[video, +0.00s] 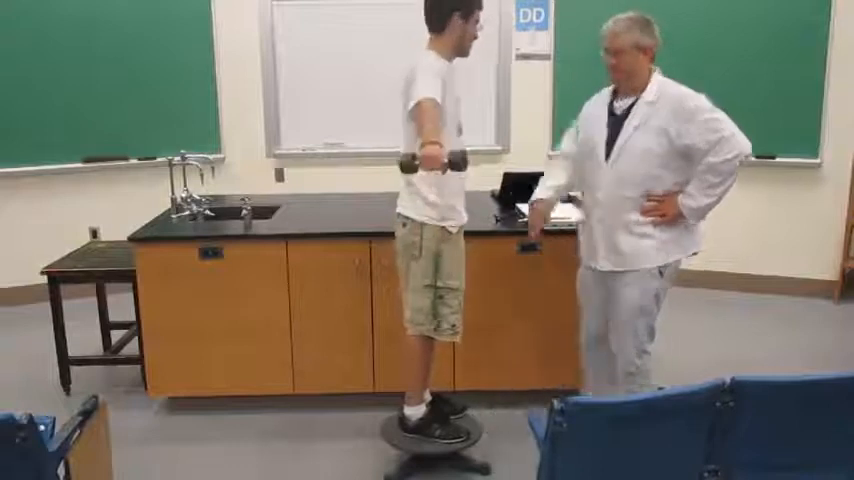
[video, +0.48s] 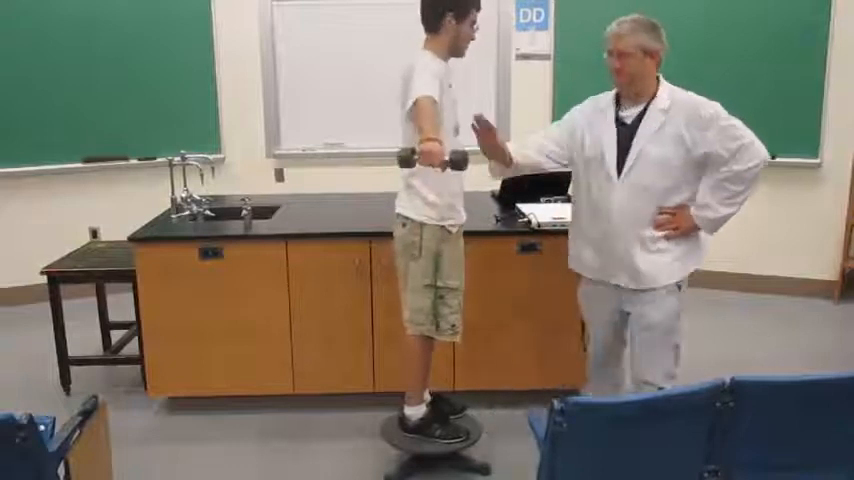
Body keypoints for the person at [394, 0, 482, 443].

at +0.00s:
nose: (478, 32)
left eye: (478, 23)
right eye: (476, 22)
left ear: (451, 21)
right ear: (457, 21)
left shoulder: (442, 69)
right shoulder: (428, 66)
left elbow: (438, 124)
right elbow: (426, 111)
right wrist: (432, 144)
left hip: (441, 214)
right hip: (425, 214)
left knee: (434, 314)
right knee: (423, 315)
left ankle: (423, 398)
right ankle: (414, 411)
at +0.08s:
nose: (478, 32)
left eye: (479, 23)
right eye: (476, 22)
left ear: (450, 21)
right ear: (458, 21)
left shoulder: (442, 69)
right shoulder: (428, 66)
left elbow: (438, 125)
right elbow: (426, 111)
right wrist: (432, 144)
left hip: (441, 214)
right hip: (425, 214)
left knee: (434, 314)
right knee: (423, 315)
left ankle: (423, 398)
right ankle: (414, 411)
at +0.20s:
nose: (477, 32)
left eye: (477, 23)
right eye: (474, 22)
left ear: (449, 21)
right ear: (456, 21)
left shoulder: (443, 68)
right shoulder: (427, 65)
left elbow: (449, 135)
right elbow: (424, 106)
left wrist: (492, 160)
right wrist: (430, 138)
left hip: (442, 213)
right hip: (425, 213)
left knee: (435, 313)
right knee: (423, 315)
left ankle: (424, 399)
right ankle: (414, 411)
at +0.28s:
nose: (477, 32)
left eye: (477, 23)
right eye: (474, 22)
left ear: (449, 21)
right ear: (455, 21)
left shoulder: (443, 68)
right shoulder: (427, 65)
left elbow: (449, 135)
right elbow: (423, 105)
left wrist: (493, 160)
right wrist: (430, 138)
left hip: (442, 213)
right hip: (425, 213)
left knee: (435, 313)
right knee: (423, 315)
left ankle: (423, 399)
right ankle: (414, 411)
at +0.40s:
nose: (475, 33)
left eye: (476, 24)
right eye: (472, 23)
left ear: (449, 22)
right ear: (450, 21)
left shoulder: (441, 69)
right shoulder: (426, 65)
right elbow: (424, 106)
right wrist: (431, 139)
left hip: (441, 213)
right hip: (423, 212)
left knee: (434, 312)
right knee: (422, 313)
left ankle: (423, 397)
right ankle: (414, 410)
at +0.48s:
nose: (475, 33)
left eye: (476, 24)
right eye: (472, 23)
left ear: (449, 22)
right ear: (450, 21)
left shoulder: (441, 69)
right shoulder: (426, 65)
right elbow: (424, 106)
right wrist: (431, 139)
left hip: (441, 212)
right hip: (423, 212)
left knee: (434, 312)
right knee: (422, 313)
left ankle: (423, 397)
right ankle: (414, 410)